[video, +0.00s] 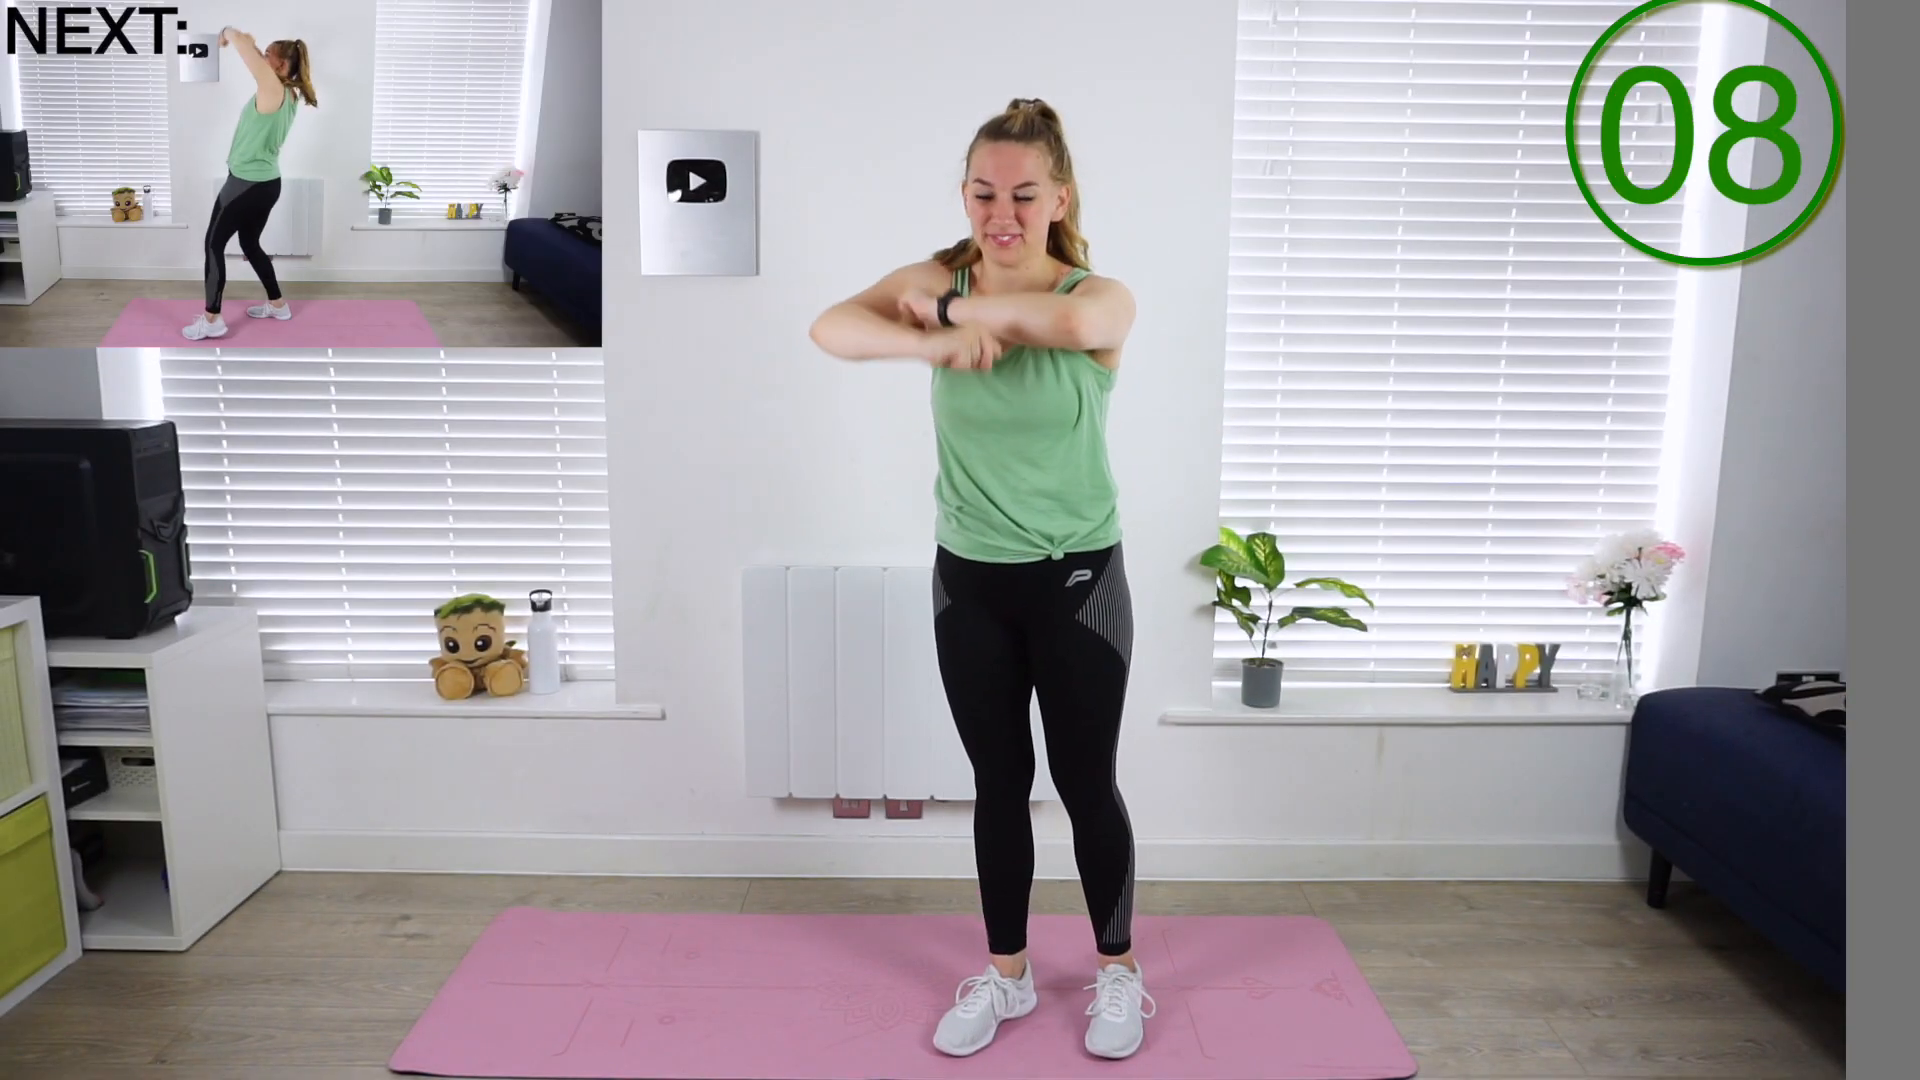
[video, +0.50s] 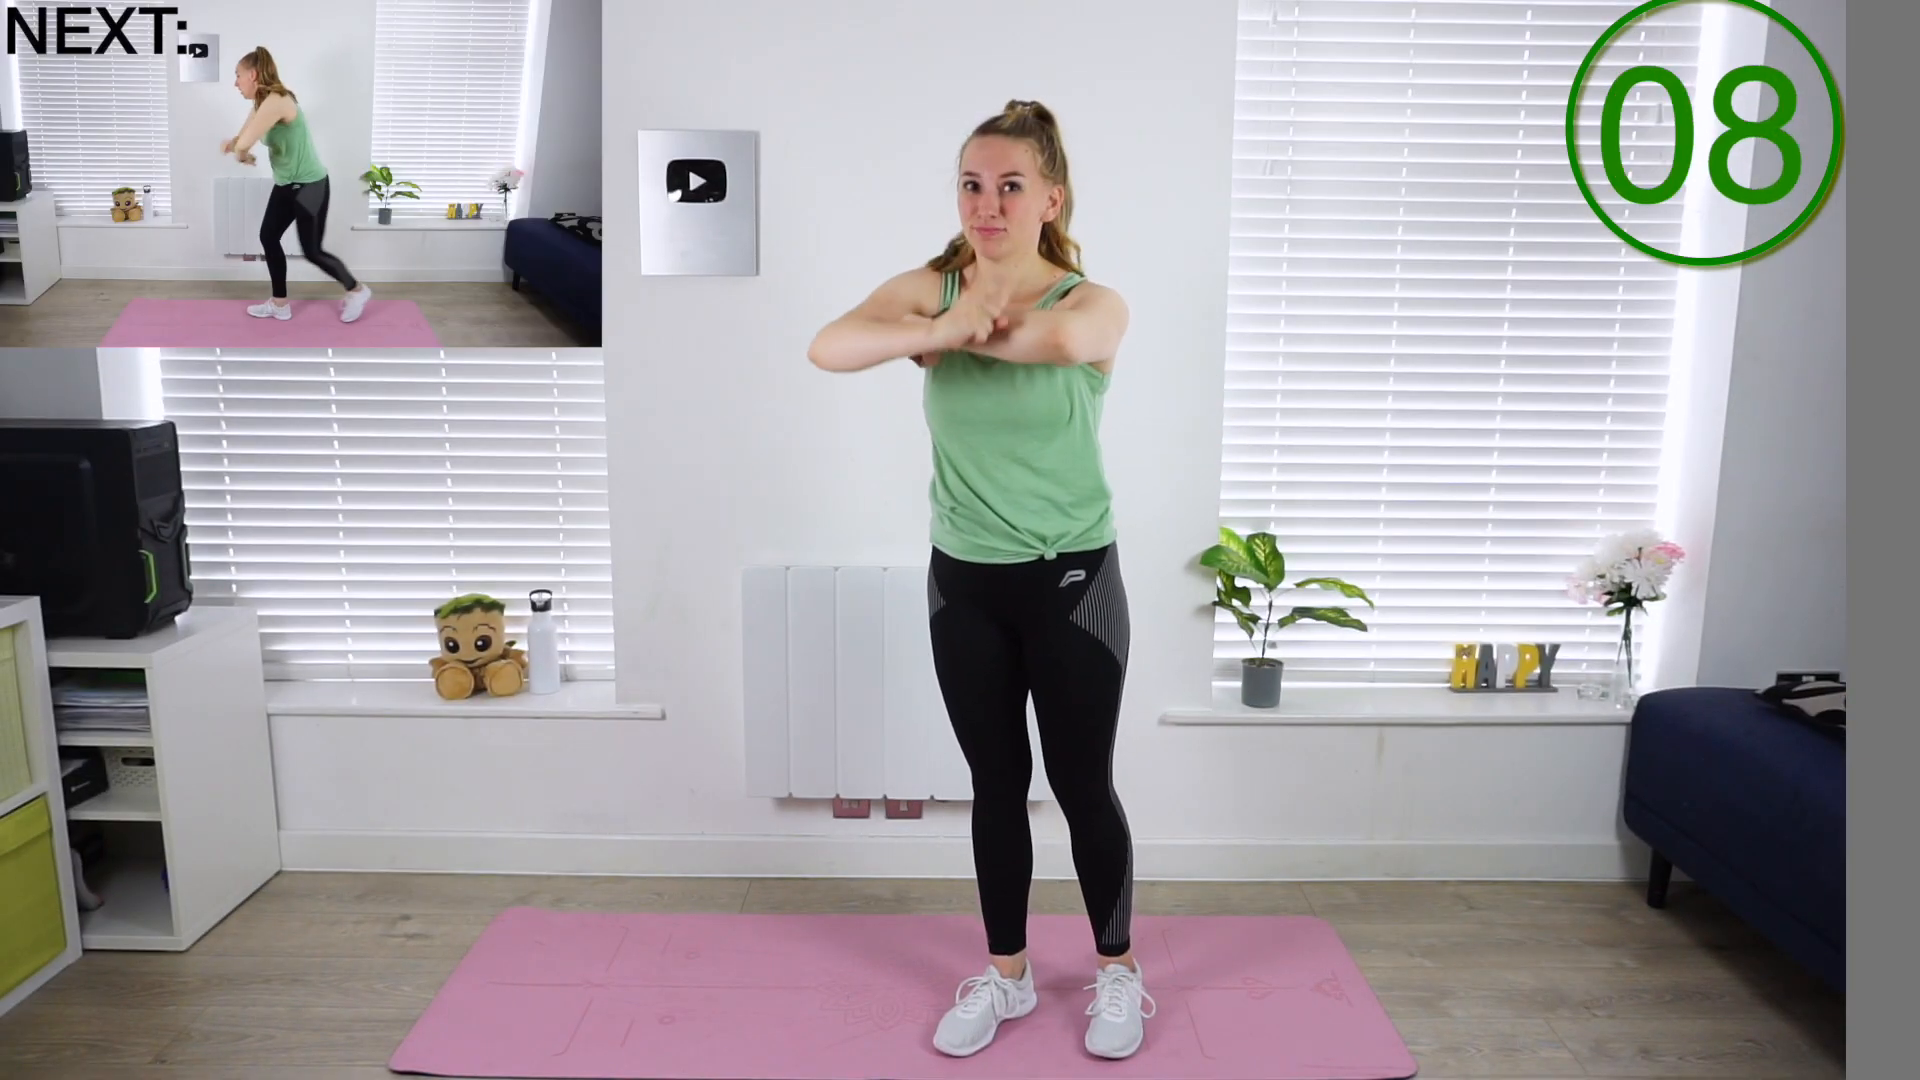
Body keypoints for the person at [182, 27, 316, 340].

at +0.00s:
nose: (263, 61)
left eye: (269, 57)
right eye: (265, 56)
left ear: (283, 65)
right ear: (286, 67)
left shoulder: (271, 87)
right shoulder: (289, 94)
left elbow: (243, 43)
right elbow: (258, 57)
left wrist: (229, 32)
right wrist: (241, 39)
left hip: (246, 183)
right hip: (266, 183)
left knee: (214, 244)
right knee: (250, 243)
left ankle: (212, 318)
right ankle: (277, 304)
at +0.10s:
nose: (260, 64)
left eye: (266, 60)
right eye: (262, 59)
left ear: (284, 66)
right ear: (282, 67)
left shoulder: (276, 89)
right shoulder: (284, 90)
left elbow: (235, 60)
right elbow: (251, 68)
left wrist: (233, 46)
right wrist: (235, 53)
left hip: (257, 184)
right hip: (268, 182)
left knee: (222, 244)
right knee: (252, 243)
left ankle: (212, 319)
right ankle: (277, 304)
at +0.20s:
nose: (253, 71)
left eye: (257, 65)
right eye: (253, 65)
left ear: (277, 67)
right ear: (275, 69)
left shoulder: (279, 94)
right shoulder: (275, 93)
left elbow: (230, 86)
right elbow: (246, 96)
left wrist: (228, 89)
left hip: (274, 186)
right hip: (269, 182)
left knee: (233, 243)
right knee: (256, 242)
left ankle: (224, 319)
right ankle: (277, 304)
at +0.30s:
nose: (244, 80)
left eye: (248, 74)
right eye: (244, 74)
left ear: (265, 72)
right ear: (266, 74)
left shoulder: (278, 99)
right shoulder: (270, 98)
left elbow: (228, 116)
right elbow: (234, 121)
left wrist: (219, 110)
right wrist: (233, 137)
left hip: (290, 187)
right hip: (279, 184)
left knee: (249, 243)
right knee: (259, 242)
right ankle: (275, 302)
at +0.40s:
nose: (238, 83)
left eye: (241, 76)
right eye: (238, 77)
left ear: (258, 75)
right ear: (259, 76)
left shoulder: (273, 101)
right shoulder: (269, 101)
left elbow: (235, 136)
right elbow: (256, 133)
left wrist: (221, 145)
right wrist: (244, 136)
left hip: (302, 186)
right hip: (282, 184)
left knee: (278, 249)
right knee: (266, 240)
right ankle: (278, 303)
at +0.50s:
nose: (236, 83)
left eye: (239, 76)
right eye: (236, 77)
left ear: (255, 76)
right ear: (256, 77)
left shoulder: (276, 101)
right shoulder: (261, 102)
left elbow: (243, 145)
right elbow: (248, 133)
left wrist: (242, 155)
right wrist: (235, 144)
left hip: (311, 184)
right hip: (286, 184)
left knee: (312, 251)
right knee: (269, 236)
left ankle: (357, 290)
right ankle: (279, 302)